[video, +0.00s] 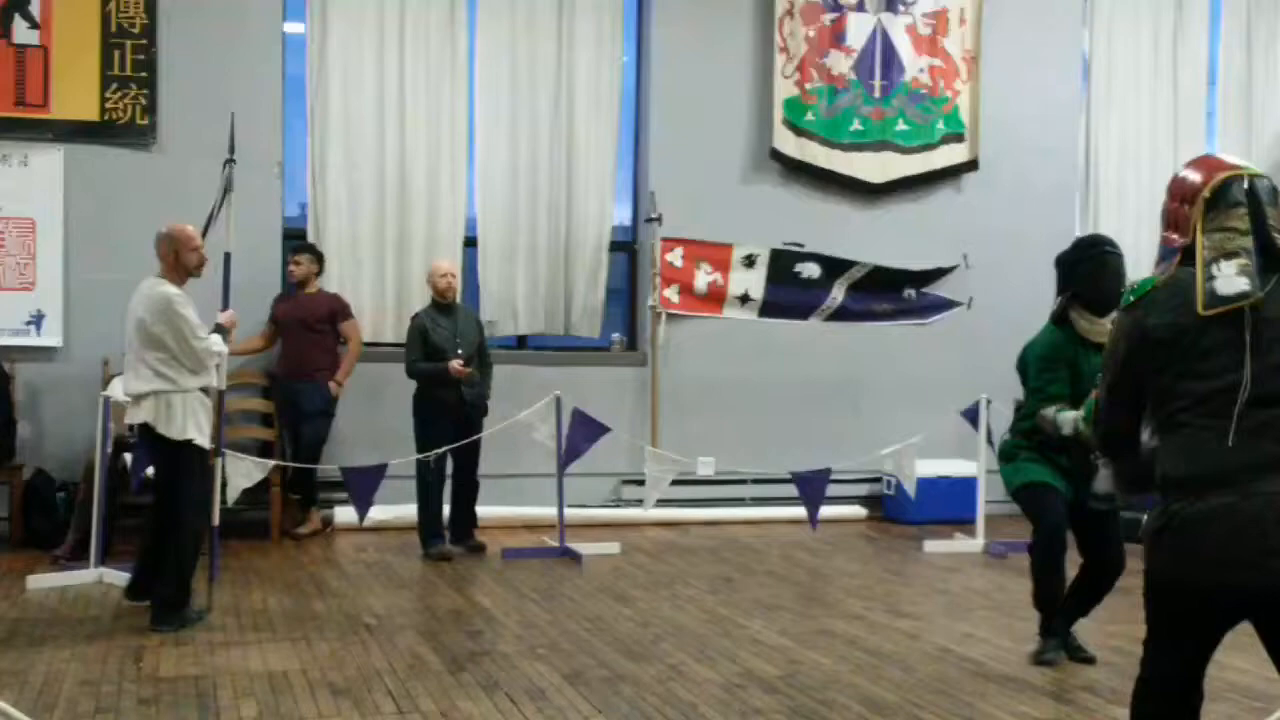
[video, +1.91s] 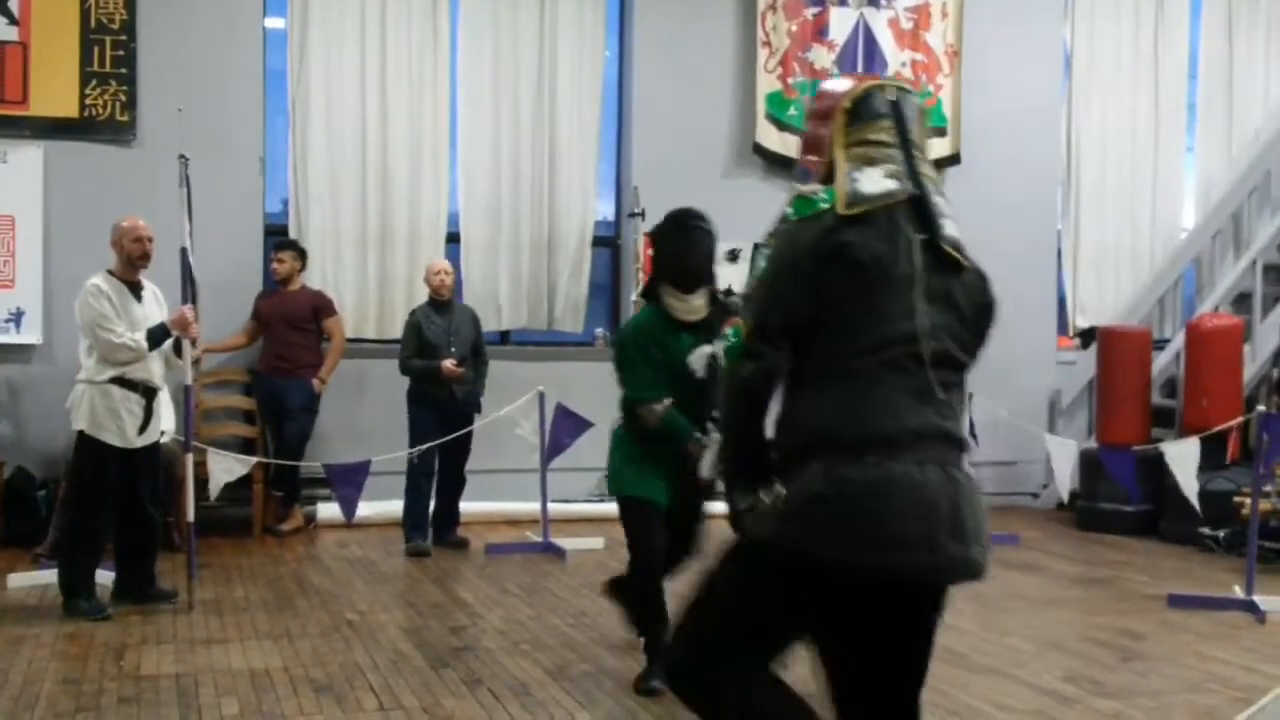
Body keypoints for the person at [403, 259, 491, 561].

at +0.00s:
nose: (449, 281)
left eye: (453, 276)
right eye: (443, 276)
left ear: (458, 281)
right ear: (430, 282)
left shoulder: (471, 318)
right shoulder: (421, 321)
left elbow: (484, 360)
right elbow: (412, 367)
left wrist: (482, 394)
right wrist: (445, 368)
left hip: (468, 405)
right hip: (432, 405)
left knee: (466, 473)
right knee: (432, 472)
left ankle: (463, 533)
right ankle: (433, 540)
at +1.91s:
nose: (442, 278)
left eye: (447, 273)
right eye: (436, 274)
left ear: (455, 279)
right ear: (427, 281)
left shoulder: (468, 316)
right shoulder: (418, 317)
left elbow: (480, 358)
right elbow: (406, 364)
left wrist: (475, 392)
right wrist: (438, 366)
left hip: (460, 402)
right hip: (425, 403)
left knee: (453, 470)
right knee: (421, 468)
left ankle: (445, 531)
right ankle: (416, 536)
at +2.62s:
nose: (421, 276)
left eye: (425, 271)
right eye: (415, 271)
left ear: (433, 277)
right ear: (405, 278)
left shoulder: (449, 315)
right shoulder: (396, 317)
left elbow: (461, 355)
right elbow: (387, 363)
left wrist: (445, 375)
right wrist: (411, 365)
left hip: (442, 401)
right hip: (407, 402)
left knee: (444, 469)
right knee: (407, 470)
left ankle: (448, 532)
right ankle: (410, 536)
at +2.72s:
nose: (401, 276)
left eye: (406, 271)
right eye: (396, 271)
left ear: (414, 276)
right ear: (386, 277)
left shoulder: (429, 312)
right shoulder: (379, 314)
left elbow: (445, 356)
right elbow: (368, 362)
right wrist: (402, 368)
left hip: (423, 397)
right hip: (388, 397)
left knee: (426, 469)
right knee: (388, 469)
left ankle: (427, 532)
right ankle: (391, 535)